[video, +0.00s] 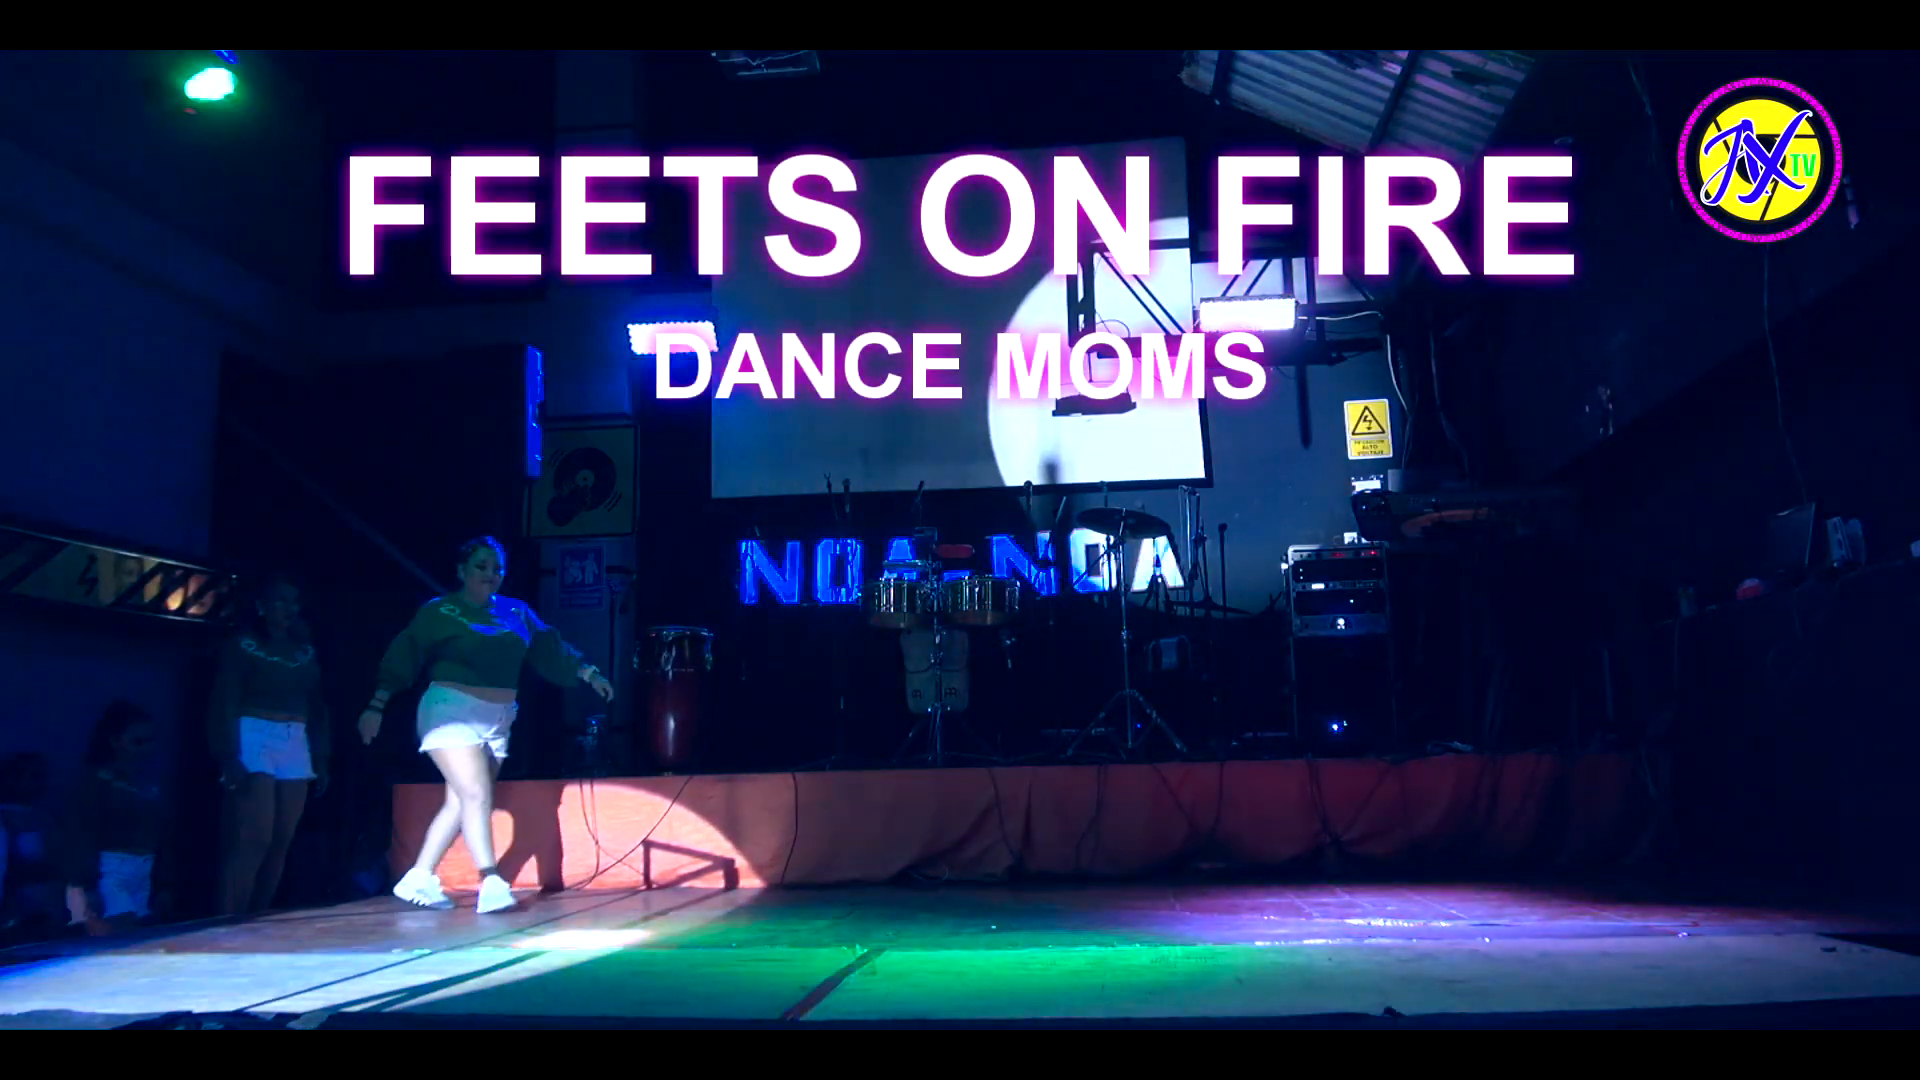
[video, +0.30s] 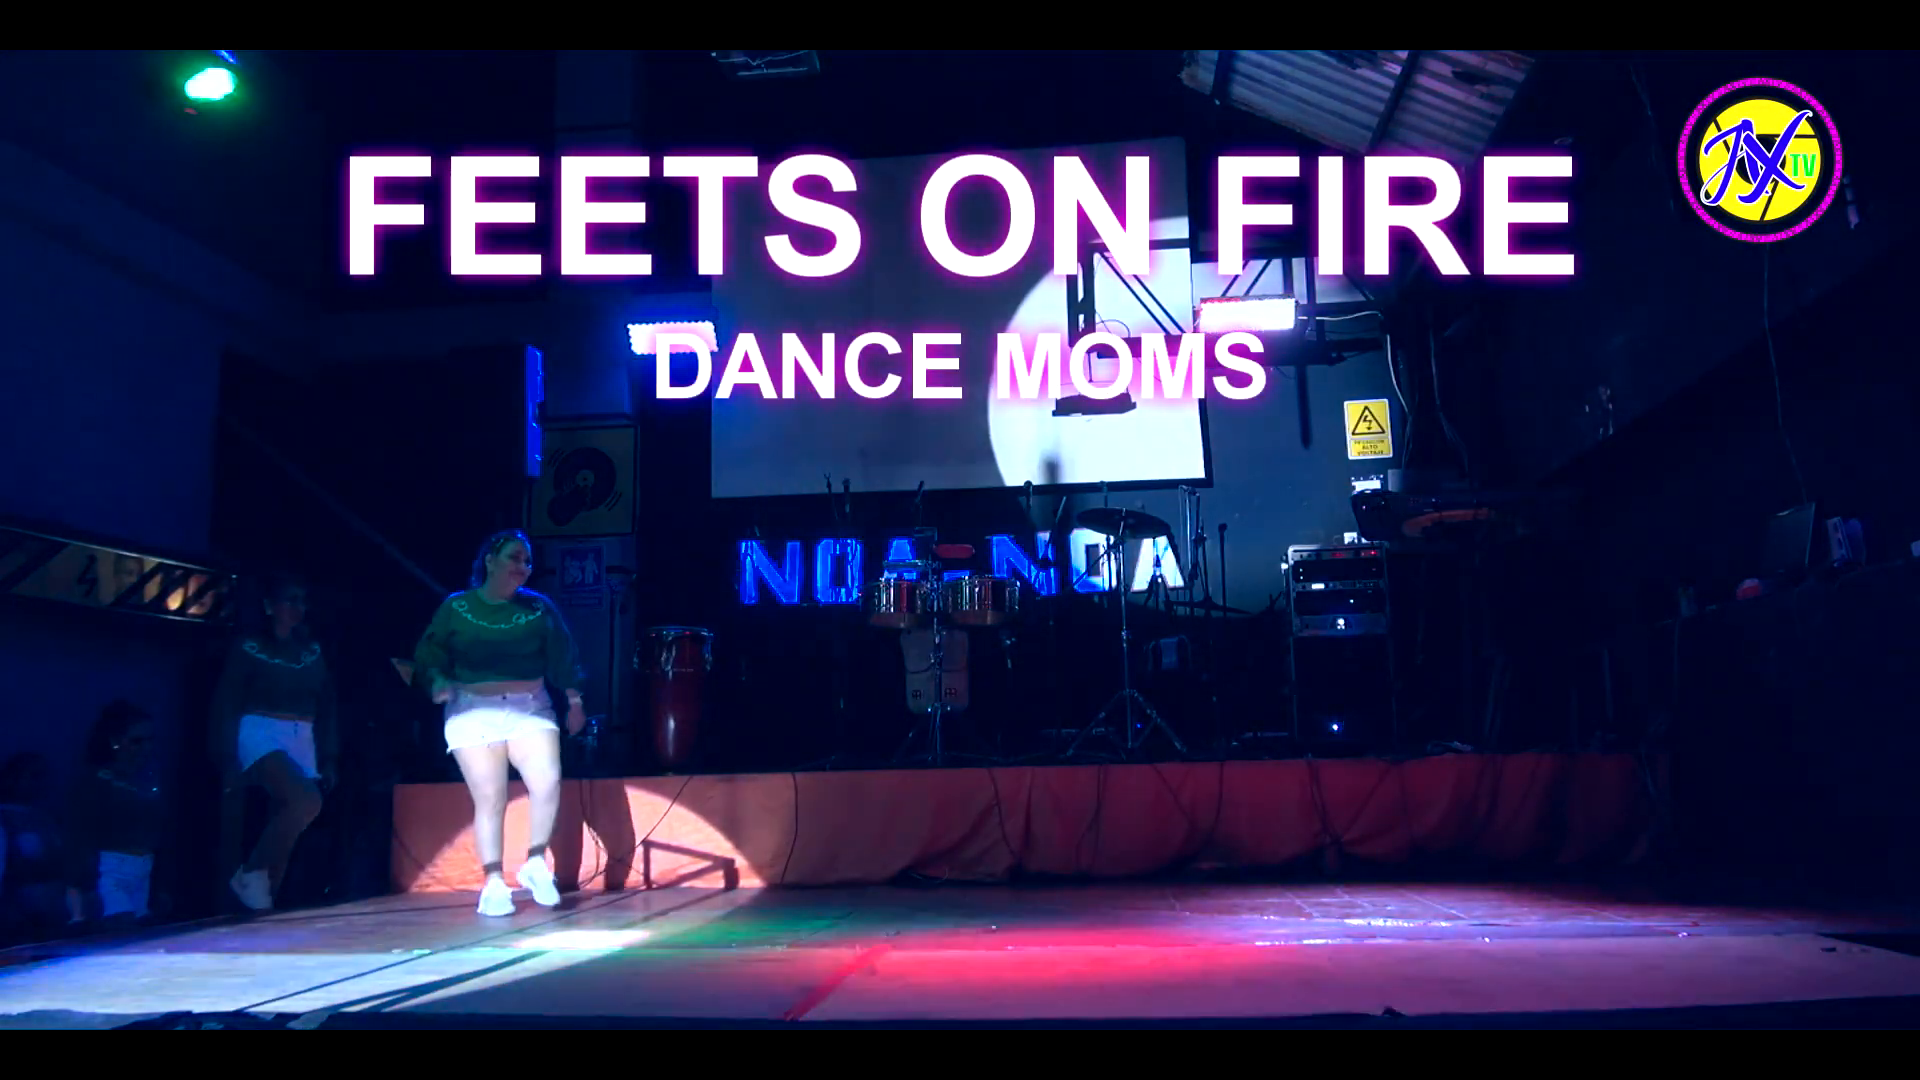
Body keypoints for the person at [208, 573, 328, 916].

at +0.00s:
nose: (286, 610)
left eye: (291, 603)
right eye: (279, 602)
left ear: (298, 608)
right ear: (263, 605)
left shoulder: (304, 651)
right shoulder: (245, 644)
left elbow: (315, 706)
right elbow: (226, 699)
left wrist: (318, 756)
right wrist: (228, 754)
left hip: (296, 735)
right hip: (255, 732)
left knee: (283, 835)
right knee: (257, 832)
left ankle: (260, 915)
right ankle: (232, 915)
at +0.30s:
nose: (295, 611)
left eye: (299, 604)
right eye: (288, 603)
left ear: (304, 611)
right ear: (271, 607)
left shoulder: (312, 653)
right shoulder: (251, 647)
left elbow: (325, 707)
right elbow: (230, 698)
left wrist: (327, 757)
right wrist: (226, 751)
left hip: (302, 735)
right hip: (260, 731)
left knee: (293, 813)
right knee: (305, 802)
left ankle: (268, 895)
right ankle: (252, 874)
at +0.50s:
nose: (305, 610)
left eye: (309, 603)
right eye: (298, 602)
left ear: (313, 610)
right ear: (280, 606)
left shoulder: (320, 653)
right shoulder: (257, 647)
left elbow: (333, 710)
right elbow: (235, 699)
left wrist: (335, 758)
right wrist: (229, 750)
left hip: (308, 734)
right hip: (265, 730)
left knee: (288, 817)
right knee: (323, 783)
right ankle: (293, 873)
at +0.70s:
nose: (319, 608)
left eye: (323, 602)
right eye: (311, 600)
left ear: (327, 610)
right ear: (292, 605)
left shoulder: (334, 654)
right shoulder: (267, 647)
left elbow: (347, 712)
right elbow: (244, 704)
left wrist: (352, 760)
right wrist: (241, 763)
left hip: (319, 739)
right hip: (275, 733)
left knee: (288, 842)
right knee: (332, 791)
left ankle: (254, 919)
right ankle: (308, 885)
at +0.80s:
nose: (329, 602)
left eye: (333, 596)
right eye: (320, 595)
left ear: (338, 604)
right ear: (301, 601)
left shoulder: (345, 652)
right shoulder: (277, 645)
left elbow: (357, 710)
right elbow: (253, 703)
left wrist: (362, 758)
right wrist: (247, 759)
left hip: (325, 737)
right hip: (281, 729)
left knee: (295, 834)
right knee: (334, 793)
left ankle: (257, 917)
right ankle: (315, 885)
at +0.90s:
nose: (338, 590)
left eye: (343, 584)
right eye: (330, 584)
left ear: (349, 592)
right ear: (312, 590)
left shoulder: (357, 641)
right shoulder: (288, 633)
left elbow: (369, 698)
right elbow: (262, 690)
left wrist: (375, 746)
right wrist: (255, 746)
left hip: (334, 729)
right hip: (290, 720)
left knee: (303, 827)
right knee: (334, 797)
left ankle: (266, 911)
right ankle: (315, 887)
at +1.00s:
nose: (348, 577)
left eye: (353, 571)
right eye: (340, 571)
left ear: (360, 577)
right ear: (322, 577)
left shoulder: (365, 625)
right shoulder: (298, 617)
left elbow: (379, 682)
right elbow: (272, 676)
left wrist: (385, 730)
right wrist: (266, 735)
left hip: (343, 716)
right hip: (300, 707)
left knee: (330, 808)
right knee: (332, 795)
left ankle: (276, 897)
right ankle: (315, 887)